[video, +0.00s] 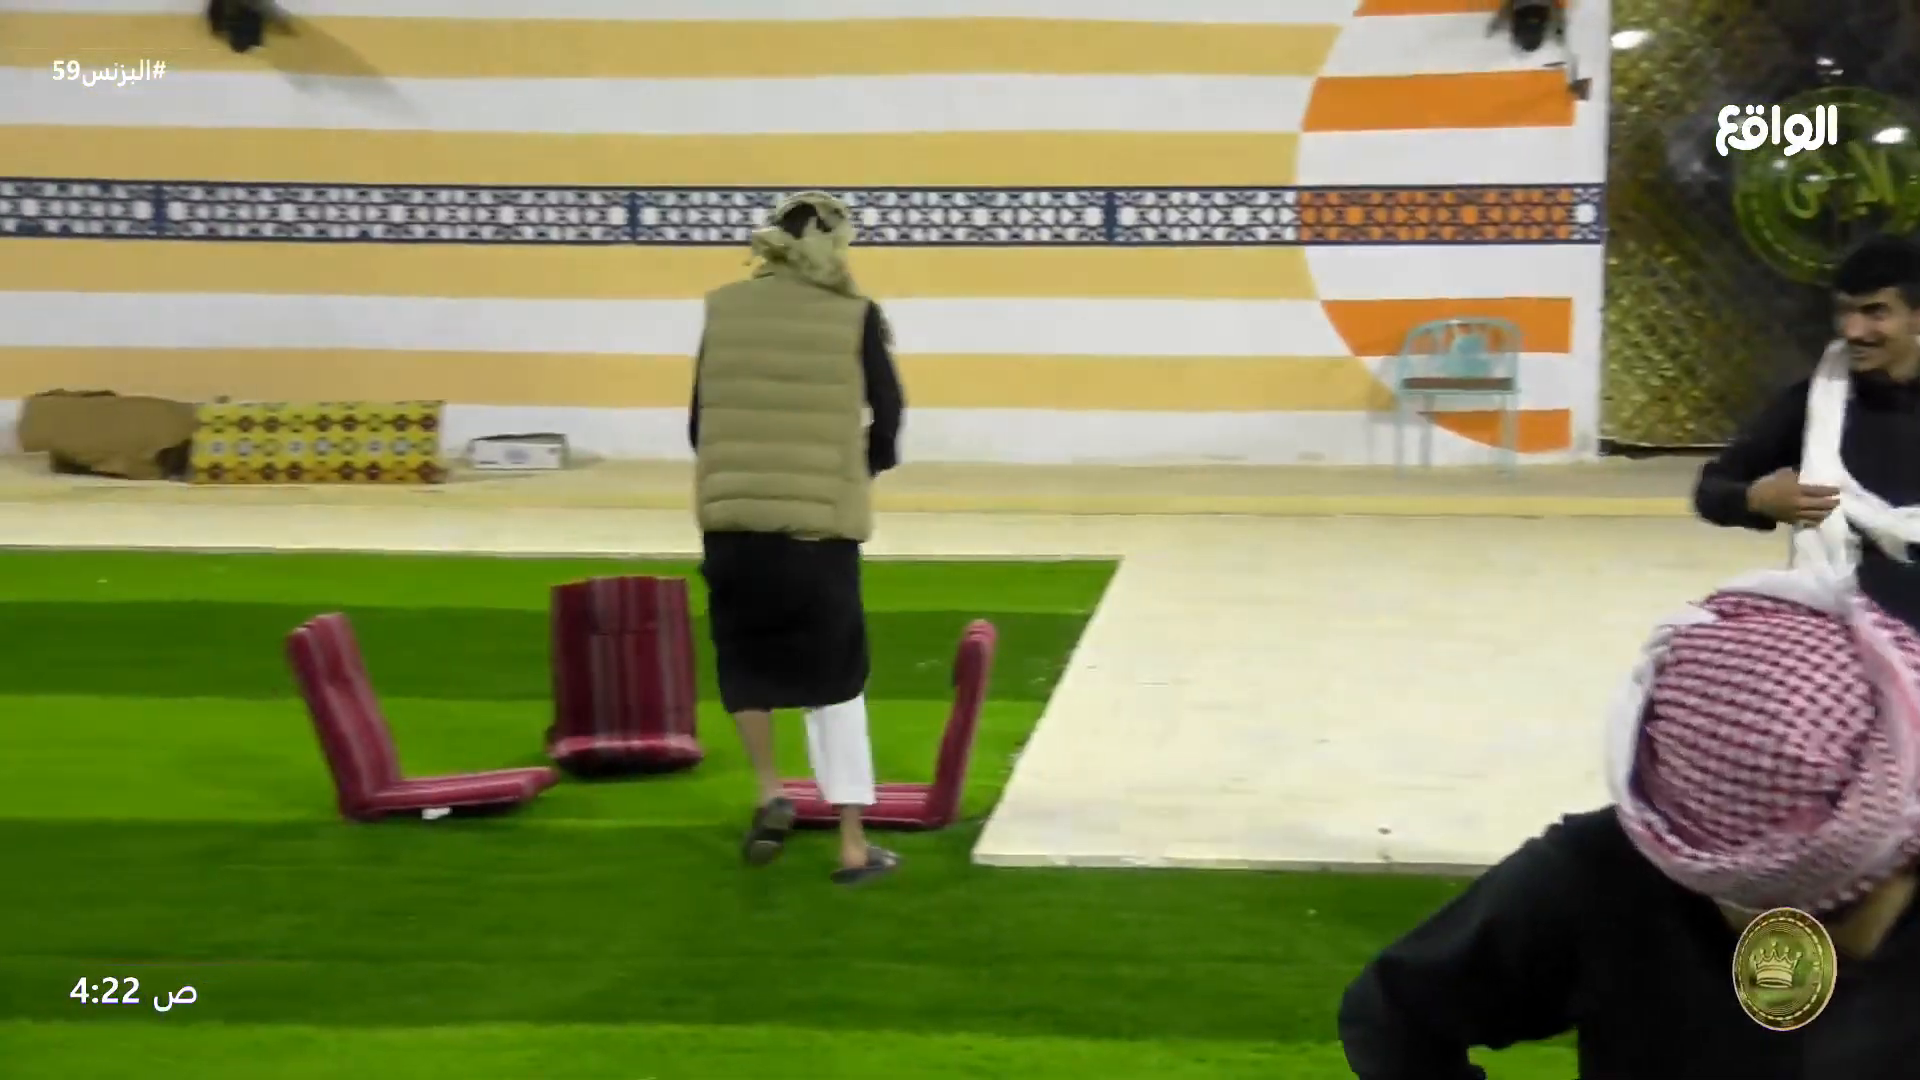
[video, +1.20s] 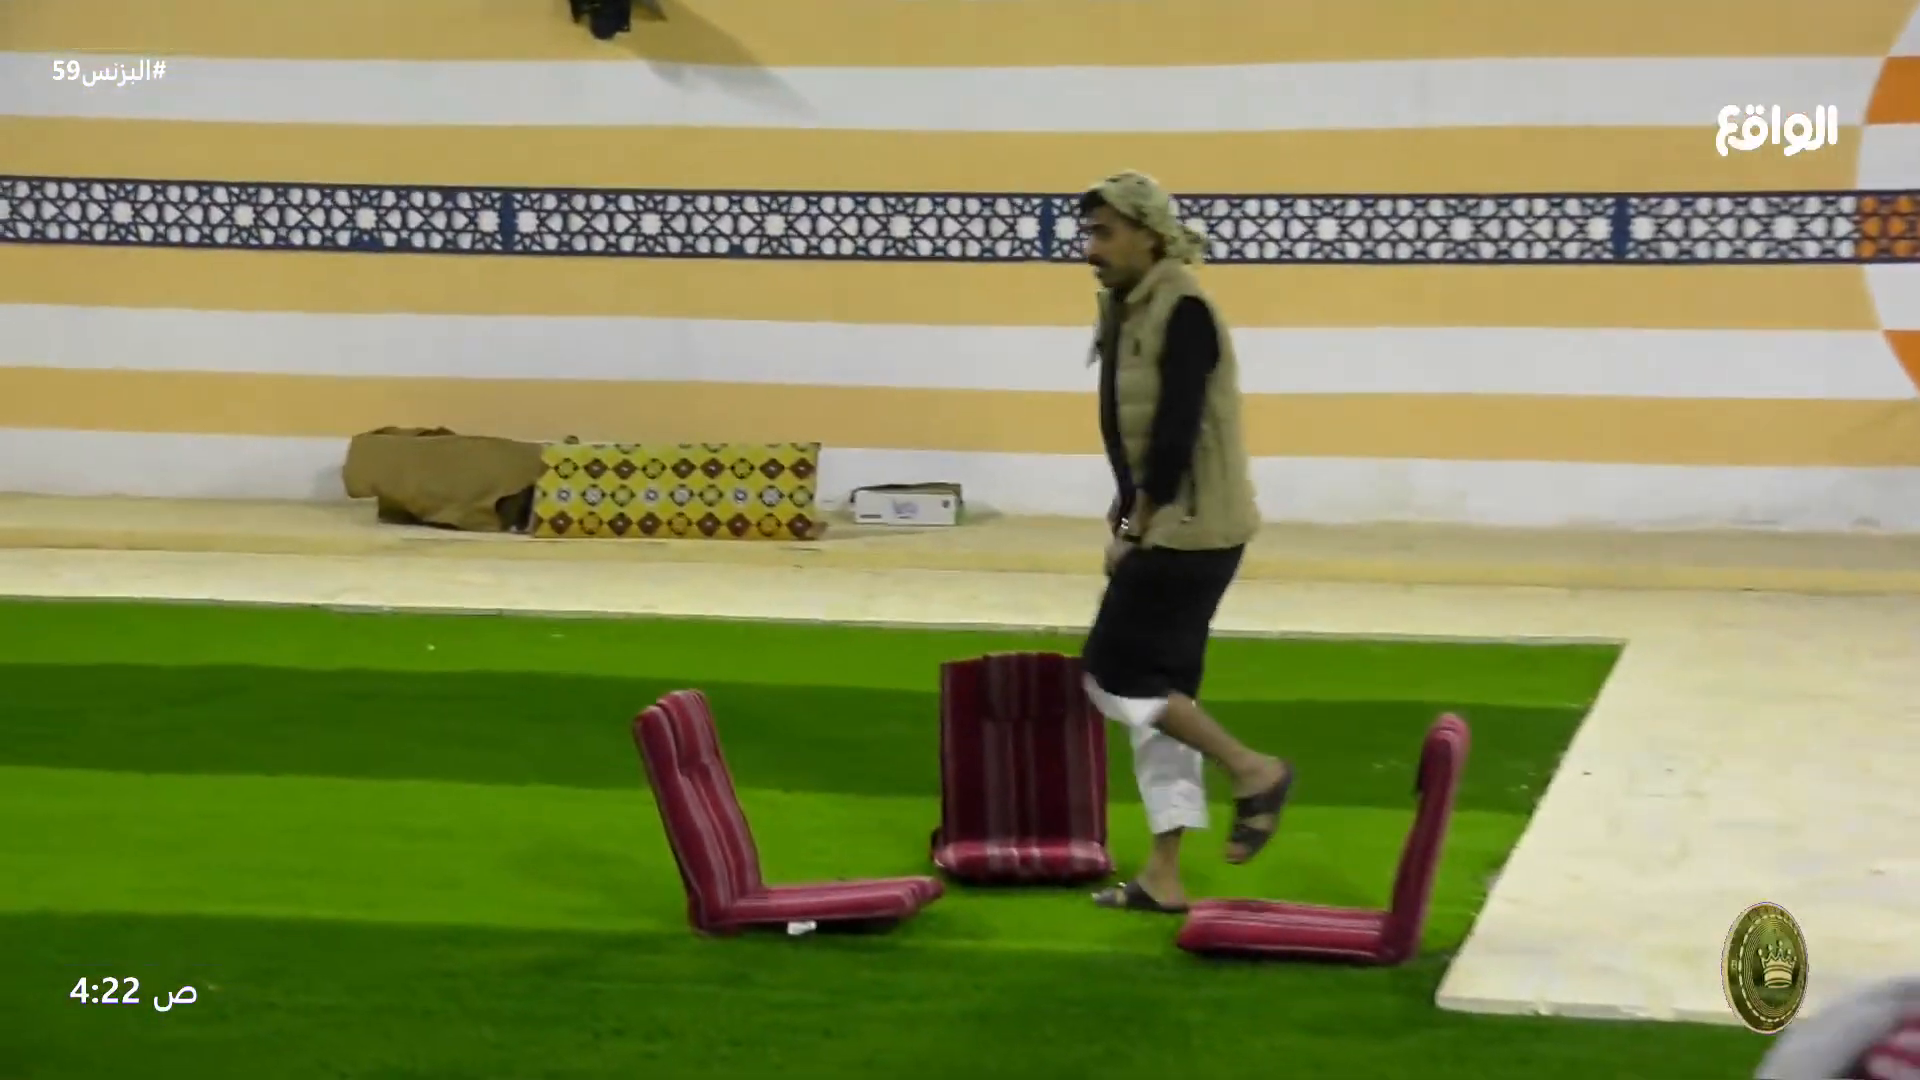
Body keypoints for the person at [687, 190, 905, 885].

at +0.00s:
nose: (843, 252)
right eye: (843, 242)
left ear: (772, 240)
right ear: (837, 248)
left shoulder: (726, 308)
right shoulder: (855, 316)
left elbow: (700, 420)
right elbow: (888, 422)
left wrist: (736, 467)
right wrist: (855, 465)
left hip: (731, 529)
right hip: (822, 531)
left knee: (741, 658)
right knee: (838, 681)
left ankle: (770, 792)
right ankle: (853, 847)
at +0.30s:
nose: (799, 243)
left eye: (804, 233)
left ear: (810, 238)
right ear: (878, 236)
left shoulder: (784, 309)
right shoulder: (907, 299)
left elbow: (772, 427)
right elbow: (951, 387)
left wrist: (812, 460)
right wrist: (931, 437)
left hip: (812, 527)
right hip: (904, 521)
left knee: (812, 671)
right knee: (910, 652)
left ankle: (835, 817)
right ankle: (948, 768)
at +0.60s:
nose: (867, 223)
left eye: (870, 213)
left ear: (878, 220)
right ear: (943, 210)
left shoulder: (853, 290)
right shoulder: (979, 273)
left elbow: (837, 414)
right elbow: (1030, 367)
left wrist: (851, 463)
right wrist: (999, 415)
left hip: (906, 514)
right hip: (988, 507)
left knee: (916, 683)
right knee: (964, 610)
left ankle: (929, 835)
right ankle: (984, 764)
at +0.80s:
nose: (928, 254)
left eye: (929, 244)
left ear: (942, 243)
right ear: (1002, 229)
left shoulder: (951, 308)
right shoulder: (1051, 295)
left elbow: (940, 416)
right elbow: (1105, 388)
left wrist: (930, 496)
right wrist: (1069, 451)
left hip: (991, 519)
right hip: (1063, 512)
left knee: (992, 695)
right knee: (1026, 662)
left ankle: (1008, 859)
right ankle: (1034, 806)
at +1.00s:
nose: (997, 264)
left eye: (1005, 248)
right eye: (994, 249)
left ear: (1045, 245)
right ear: (1052, 248)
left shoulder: (1073, 307)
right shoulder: (1094, 298)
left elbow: (1071, 415)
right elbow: (1149, 395)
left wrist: (1060, 491)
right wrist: (1087, 483)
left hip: (1109, 523)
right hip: (1140, 517)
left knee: (1031, 665)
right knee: (1075, 675)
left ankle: (1105, 825)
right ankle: (1104, 831)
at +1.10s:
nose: (1055, 253)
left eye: (1066, 238)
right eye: (1054, 239)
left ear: (1110, 237)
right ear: (1093, 241)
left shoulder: (1145, 302)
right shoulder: (1101, 306)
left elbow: (1145, 422)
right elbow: (1116, 421)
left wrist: (1115, 517)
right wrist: (1112, 513)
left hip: (1166, 521)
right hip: (1155, 523)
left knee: (1066, 659)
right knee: (1144, 688)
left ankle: (1206, 781)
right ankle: (1140, 866)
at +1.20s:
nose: (1089, 247)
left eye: (1101, 233)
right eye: (1088, 234)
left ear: (1148, 236)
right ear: (1117, 241)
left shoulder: (1183, 306)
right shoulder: (1123, 313)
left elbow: (1179, 422)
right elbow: (1127, 426)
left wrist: (1142, 515)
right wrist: (1125, 508)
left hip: (1198, 527)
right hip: (1165, 525)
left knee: (1114, 671)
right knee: (1159, 693)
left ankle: (1257, 774)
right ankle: (1164, 876)